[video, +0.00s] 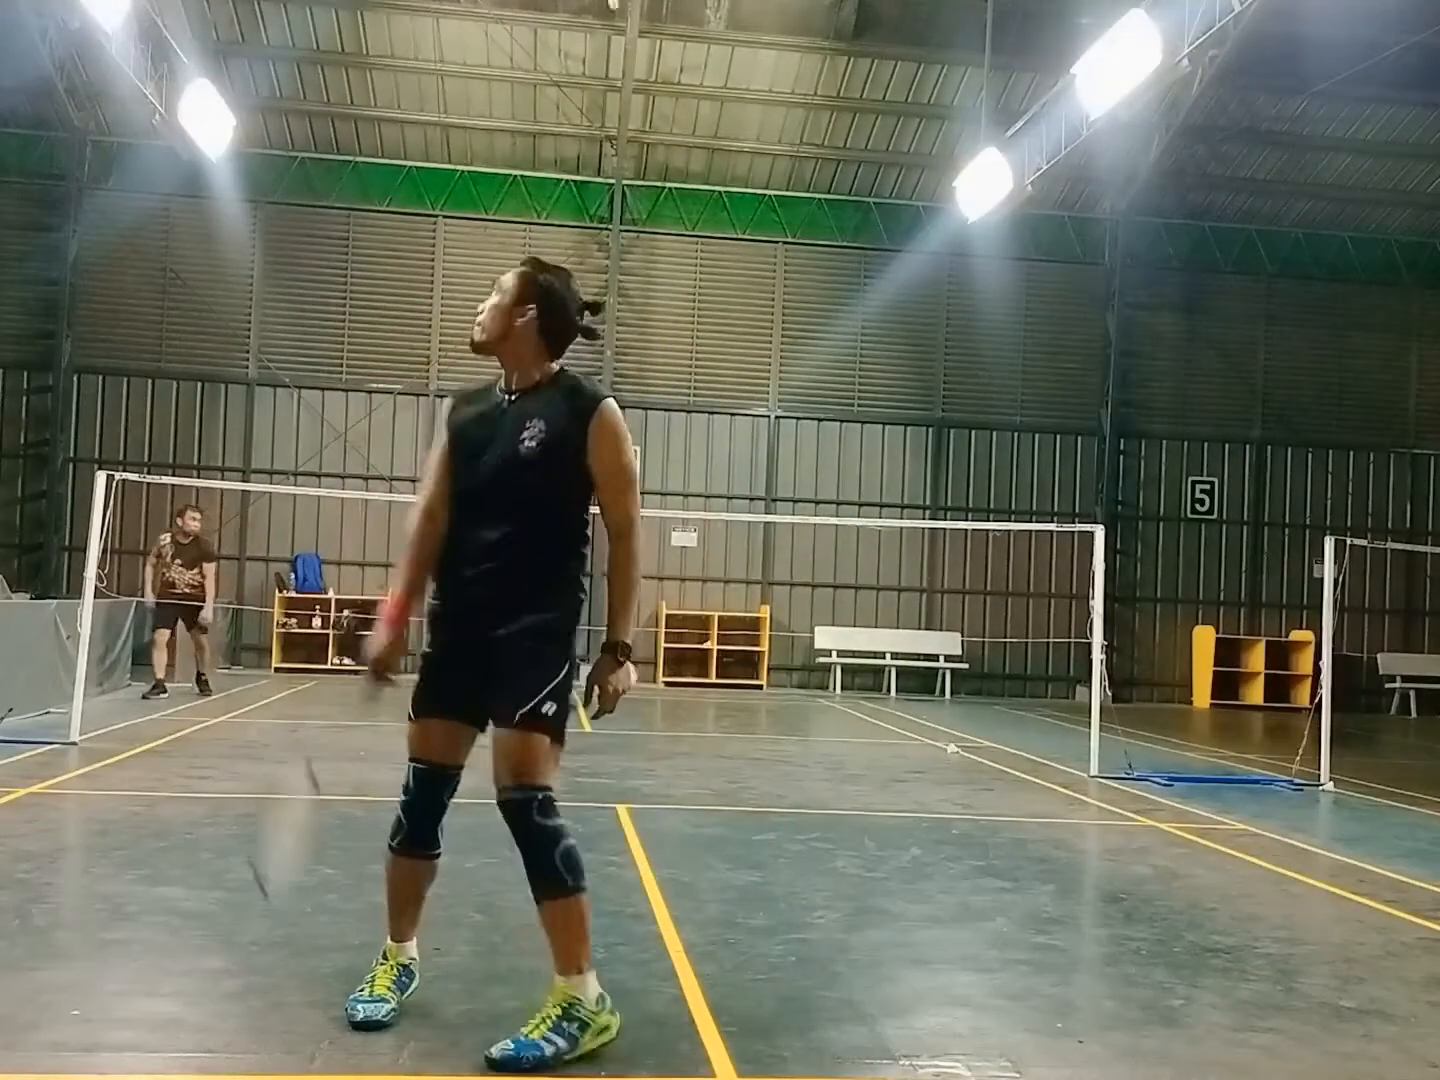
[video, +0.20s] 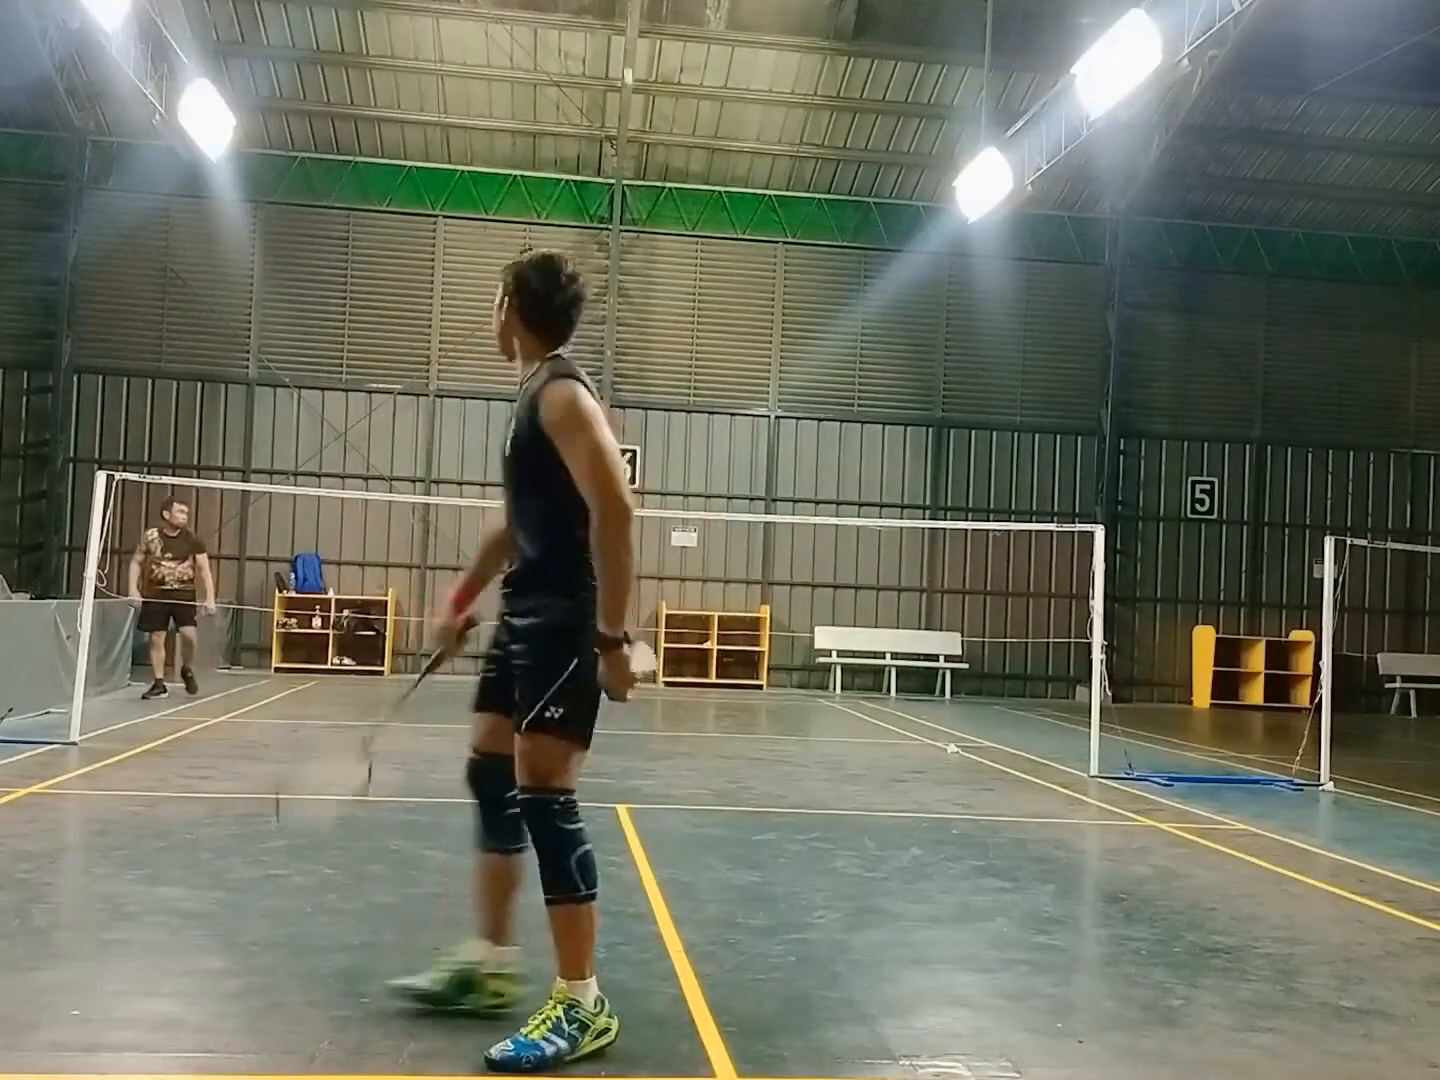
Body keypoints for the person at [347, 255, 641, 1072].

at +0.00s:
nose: (481, 311)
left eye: (493, 301)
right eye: (487, 299)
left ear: (527, 319)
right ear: (517, 320)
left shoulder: (590, 416)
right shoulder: (465, 417)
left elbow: (622, 531)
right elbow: (428, 522)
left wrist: (618, 641)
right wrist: (391, 619)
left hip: (541, 635)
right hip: (458, 630)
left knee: (527, 803)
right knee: (420, 798)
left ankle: (580, 996)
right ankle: (396, 956)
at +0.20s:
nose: (493, 320)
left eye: (499, 307)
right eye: (499, 307)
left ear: (517, 317)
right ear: (554, 318)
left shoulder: (563, 396)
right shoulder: (536, 401)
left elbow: (615, 507)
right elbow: (520, 522)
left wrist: (613, 634)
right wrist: (466, 596)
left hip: (566, 625)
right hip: (523, 620)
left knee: (547, 793)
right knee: (492, 774)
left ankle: (580, 1000)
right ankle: (489, 964)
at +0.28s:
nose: (507, 318)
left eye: (509, 307)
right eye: (513, 307)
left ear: (520, 316)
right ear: (574, 320)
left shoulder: (551, 392)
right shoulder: (559, 391)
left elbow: (596, 500)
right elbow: (558, 511)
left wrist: (599, 627)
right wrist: (503, 574)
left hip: (567, 625)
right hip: (545, 619)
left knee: (550, 793)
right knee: (514, 770)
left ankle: (584, 999)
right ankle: (551, 956)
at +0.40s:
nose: (536, 318)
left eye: (540, 310)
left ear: (546, 320)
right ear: (609, 330)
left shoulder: (545, 388)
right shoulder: (628, 406)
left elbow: (567, 490)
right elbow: (631, 519)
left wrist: (555, 621)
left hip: (573, 611)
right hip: (625, 609)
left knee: (550, 796)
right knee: (598, 785)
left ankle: (580, 1001)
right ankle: (647, 956)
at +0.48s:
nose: (552, 326)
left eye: (556, 317)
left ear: (561, 329)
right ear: (622, 339)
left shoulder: (551, 391)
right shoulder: (645, 414)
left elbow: (554, 495)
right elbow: (645, 530)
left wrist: (539, 618)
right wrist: (615, 612)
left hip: (578, 615)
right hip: (638, 618)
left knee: (560, 802)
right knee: (632, 785)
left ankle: (582, 1003)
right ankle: (676, 958)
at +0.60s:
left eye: (598, 341)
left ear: (598, 353)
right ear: (657, 365)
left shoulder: (565, 416)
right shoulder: (693, 439)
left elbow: (546, 514)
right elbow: (706, 554)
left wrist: (518, 633)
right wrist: (660, 610)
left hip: (596, 630)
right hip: (675, 634)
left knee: (564, 791)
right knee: (672, 789)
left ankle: (578, 990)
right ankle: (686, 963)